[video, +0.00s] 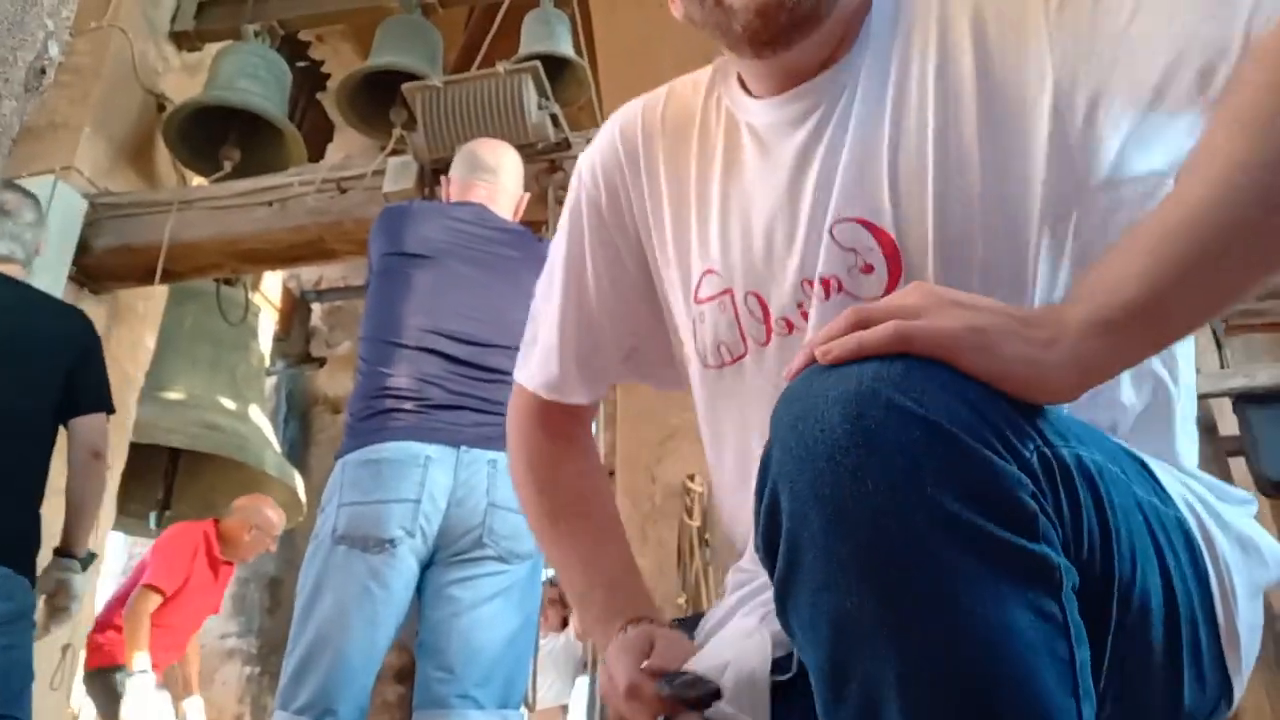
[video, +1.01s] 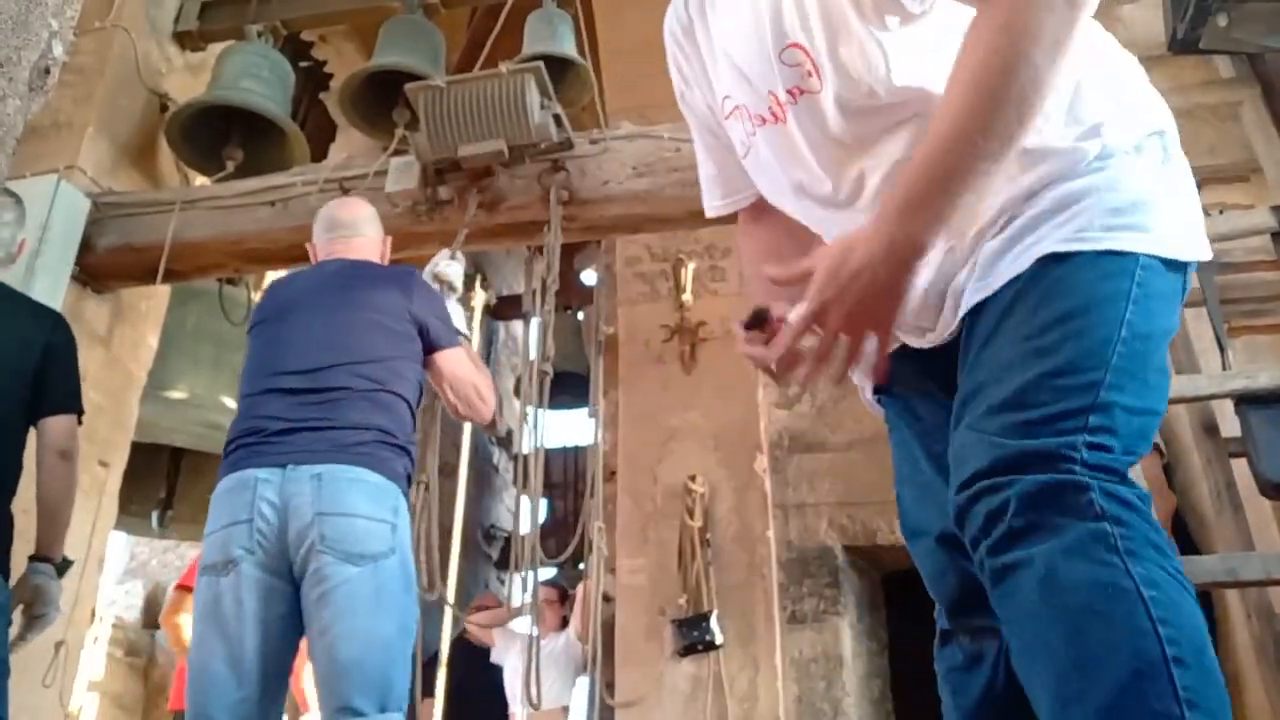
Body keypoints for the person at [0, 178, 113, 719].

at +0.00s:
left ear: (3, 241)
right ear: (35, 247)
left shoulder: (63, 329)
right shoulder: (62, 328)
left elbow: (91, 450)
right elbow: (91, 451)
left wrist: (70, 554)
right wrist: (72, 555)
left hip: (11, 576)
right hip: (5, 575)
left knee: (15, 708)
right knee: (12, 708)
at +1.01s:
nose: (7, 240)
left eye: (6, 228)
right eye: (10, 229)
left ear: (14, 247)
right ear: (18, 247)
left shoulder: (41, 328)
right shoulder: (40, 329)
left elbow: (59, 450)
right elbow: (59, 450)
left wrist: (45, 562)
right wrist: (47, 562)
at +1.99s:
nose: (3, 249)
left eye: (20, 243)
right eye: (7, 241)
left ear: (54, 275)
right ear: (53, 281)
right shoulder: (57, 354)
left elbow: (64, 485)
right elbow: (65, 485)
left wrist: (20, 579)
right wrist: (21, 581)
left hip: (7, 563)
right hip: (4, 562)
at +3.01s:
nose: (73, 307)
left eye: (76, 296)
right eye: (75, 295)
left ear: (3, 265)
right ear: (59, 284)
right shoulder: (62, 347)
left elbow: (76, 471)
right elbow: (77, 470)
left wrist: (44, 586)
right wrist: (47, 587)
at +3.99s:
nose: (173, 301)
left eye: (177, 293)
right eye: (163, 282)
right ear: (114, 274)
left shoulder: (94, 344)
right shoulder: (75, 315)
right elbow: (27, 392)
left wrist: (115, 566)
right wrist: (100, 509)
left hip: (27, 571)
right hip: (14, 567)